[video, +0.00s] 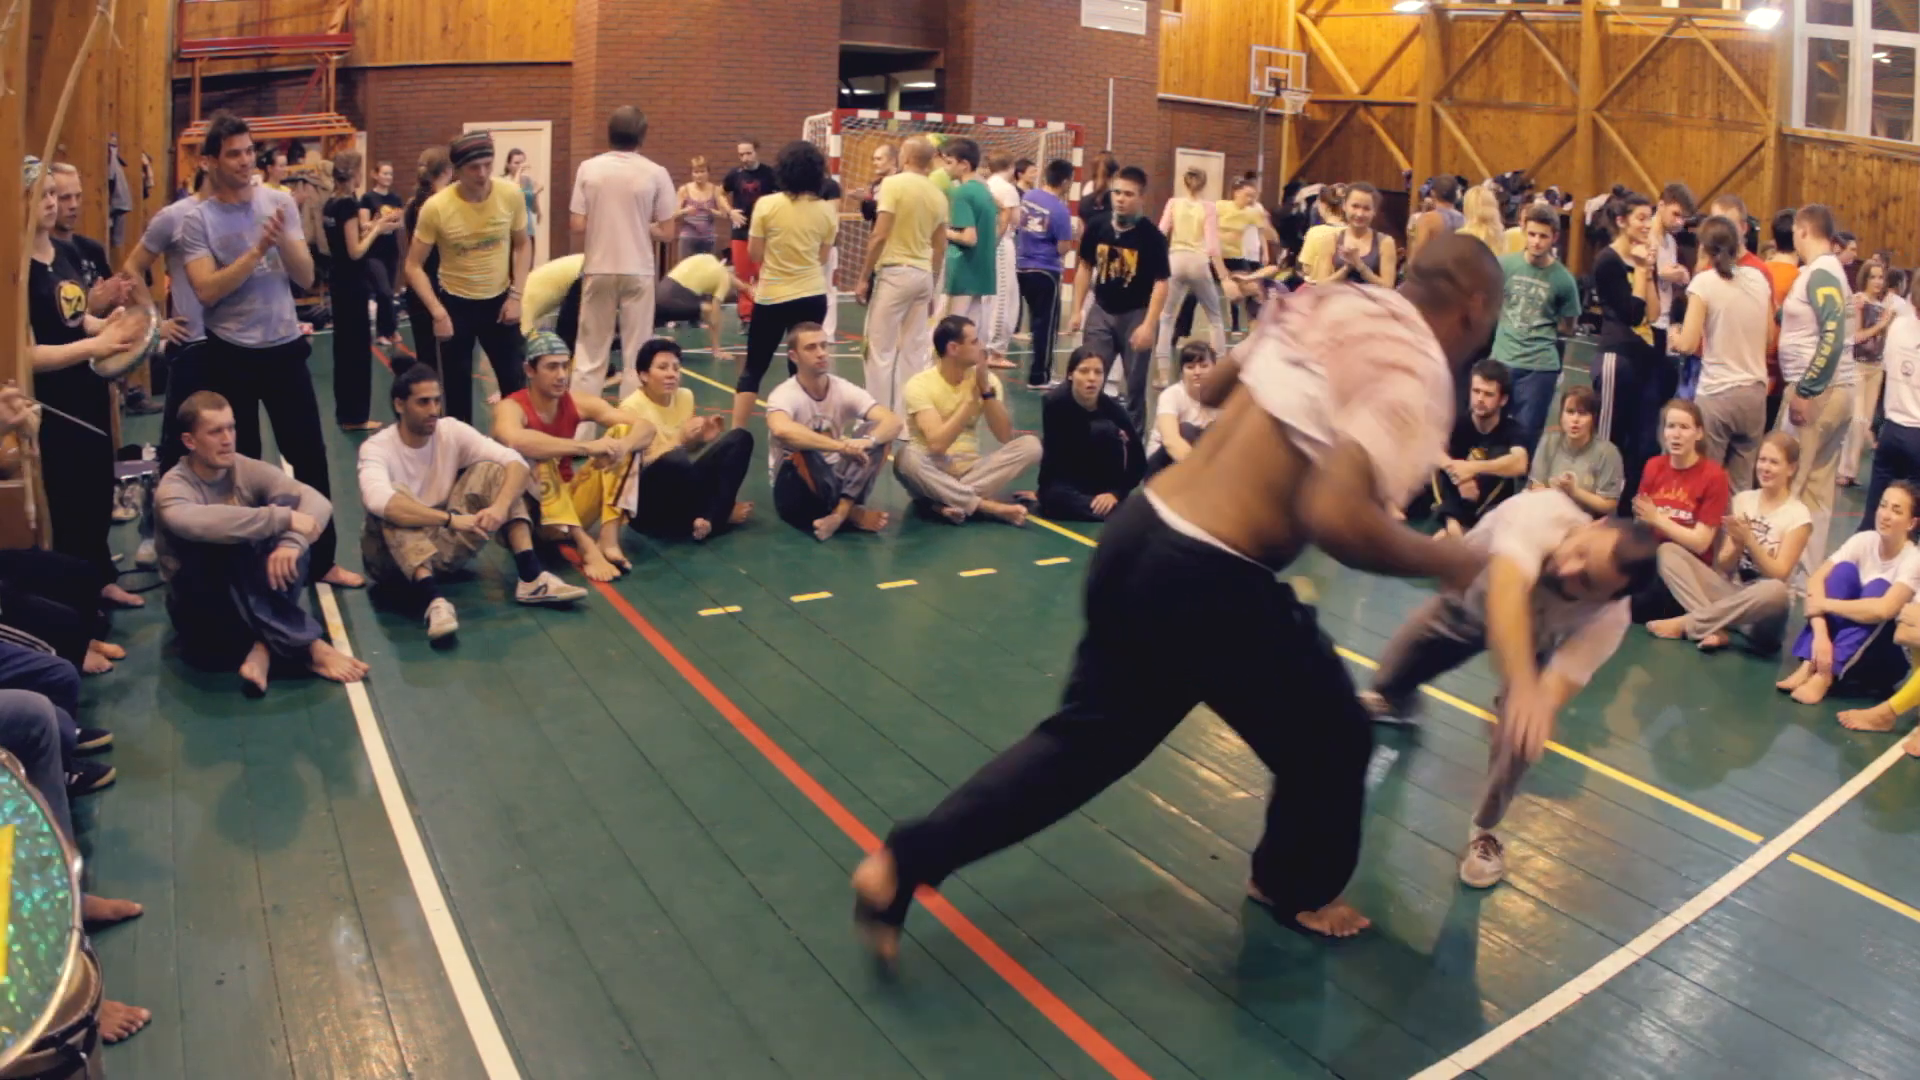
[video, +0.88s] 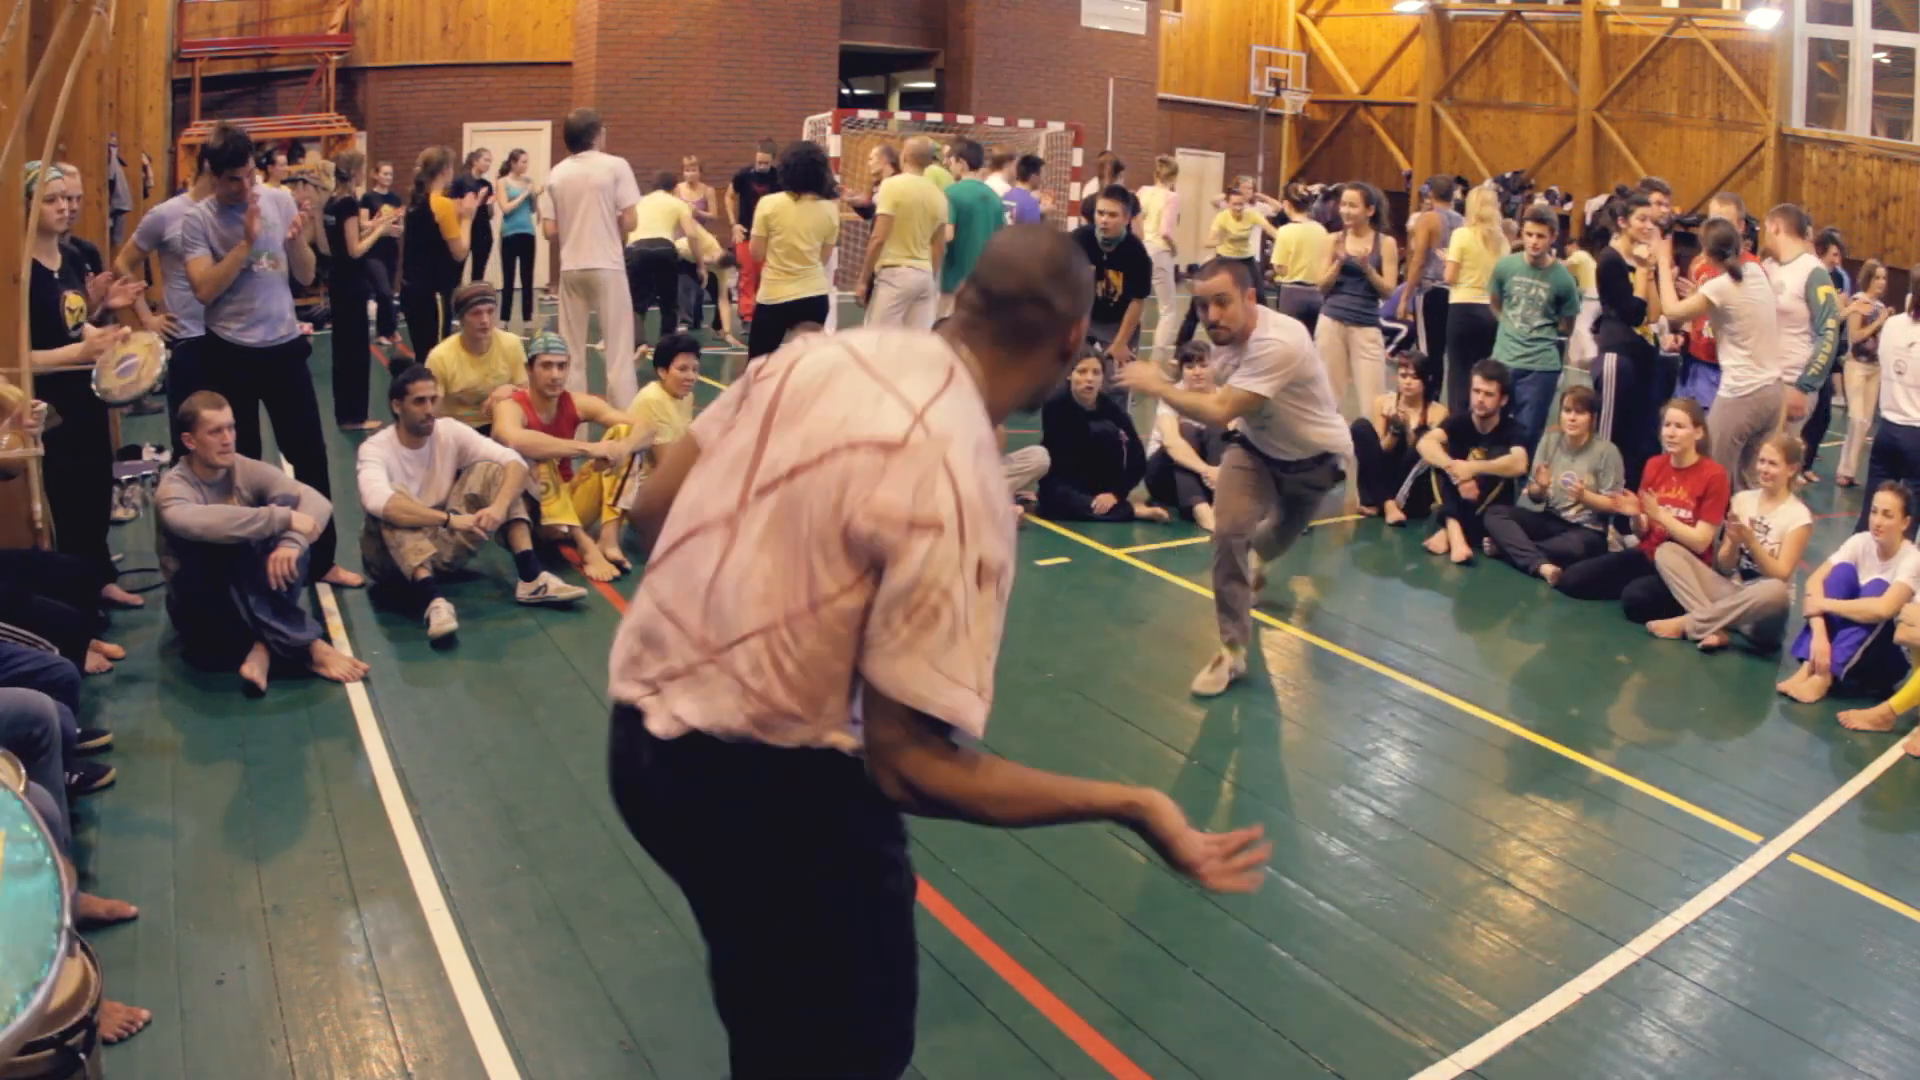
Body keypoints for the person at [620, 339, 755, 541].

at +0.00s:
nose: (671, 374)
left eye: (675, 368)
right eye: (663, 368)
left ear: (680, 371)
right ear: (643, 375)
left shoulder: (685, 397)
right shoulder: (630, 408)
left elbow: (686, 447)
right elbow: (639, 463)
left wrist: (701, 437)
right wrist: (682, 440)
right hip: (649, 512)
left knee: (740, 438)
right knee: (675, 460)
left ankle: (708, 517)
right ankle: (721, 513)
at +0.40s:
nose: (681, 379)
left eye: (686, 373)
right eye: (673, 372)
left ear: (691, 376)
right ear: (654, 375)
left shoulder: (687, 400)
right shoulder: (641, 403)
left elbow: (684, 444)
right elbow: (649, 460)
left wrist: (708, 442)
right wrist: (699, 443)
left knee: (741, 439)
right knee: (674, 467)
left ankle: (710, 517)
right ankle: (722, 515)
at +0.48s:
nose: (683, 379)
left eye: (688, 373)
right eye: (675, 371)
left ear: (692, 375)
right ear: (656, 373)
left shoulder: (686, 400)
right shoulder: (643, 402)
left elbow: (685, 449)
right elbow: (653, 458)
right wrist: (710, 449)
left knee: (741, 439)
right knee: (672, 469)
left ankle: (710, 517)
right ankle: (722, 513)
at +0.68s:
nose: (691, 375)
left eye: (696, 369)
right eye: (684, 367)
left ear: (701, 372)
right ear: (664, 368)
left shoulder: (686, 395)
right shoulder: (650, 396)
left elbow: (684, 447)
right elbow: (663, 456)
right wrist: (720, 466)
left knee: (737, 435)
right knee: (671, 470)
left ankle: (711, 515)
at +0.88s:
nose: (690, 377)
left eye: (694, 370)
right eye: (682, 369)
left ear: (698, 371)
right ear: (662, 371)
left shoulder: (686, 396)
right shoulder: (651, 399)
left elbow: (684, 442)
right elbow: (662, 458)